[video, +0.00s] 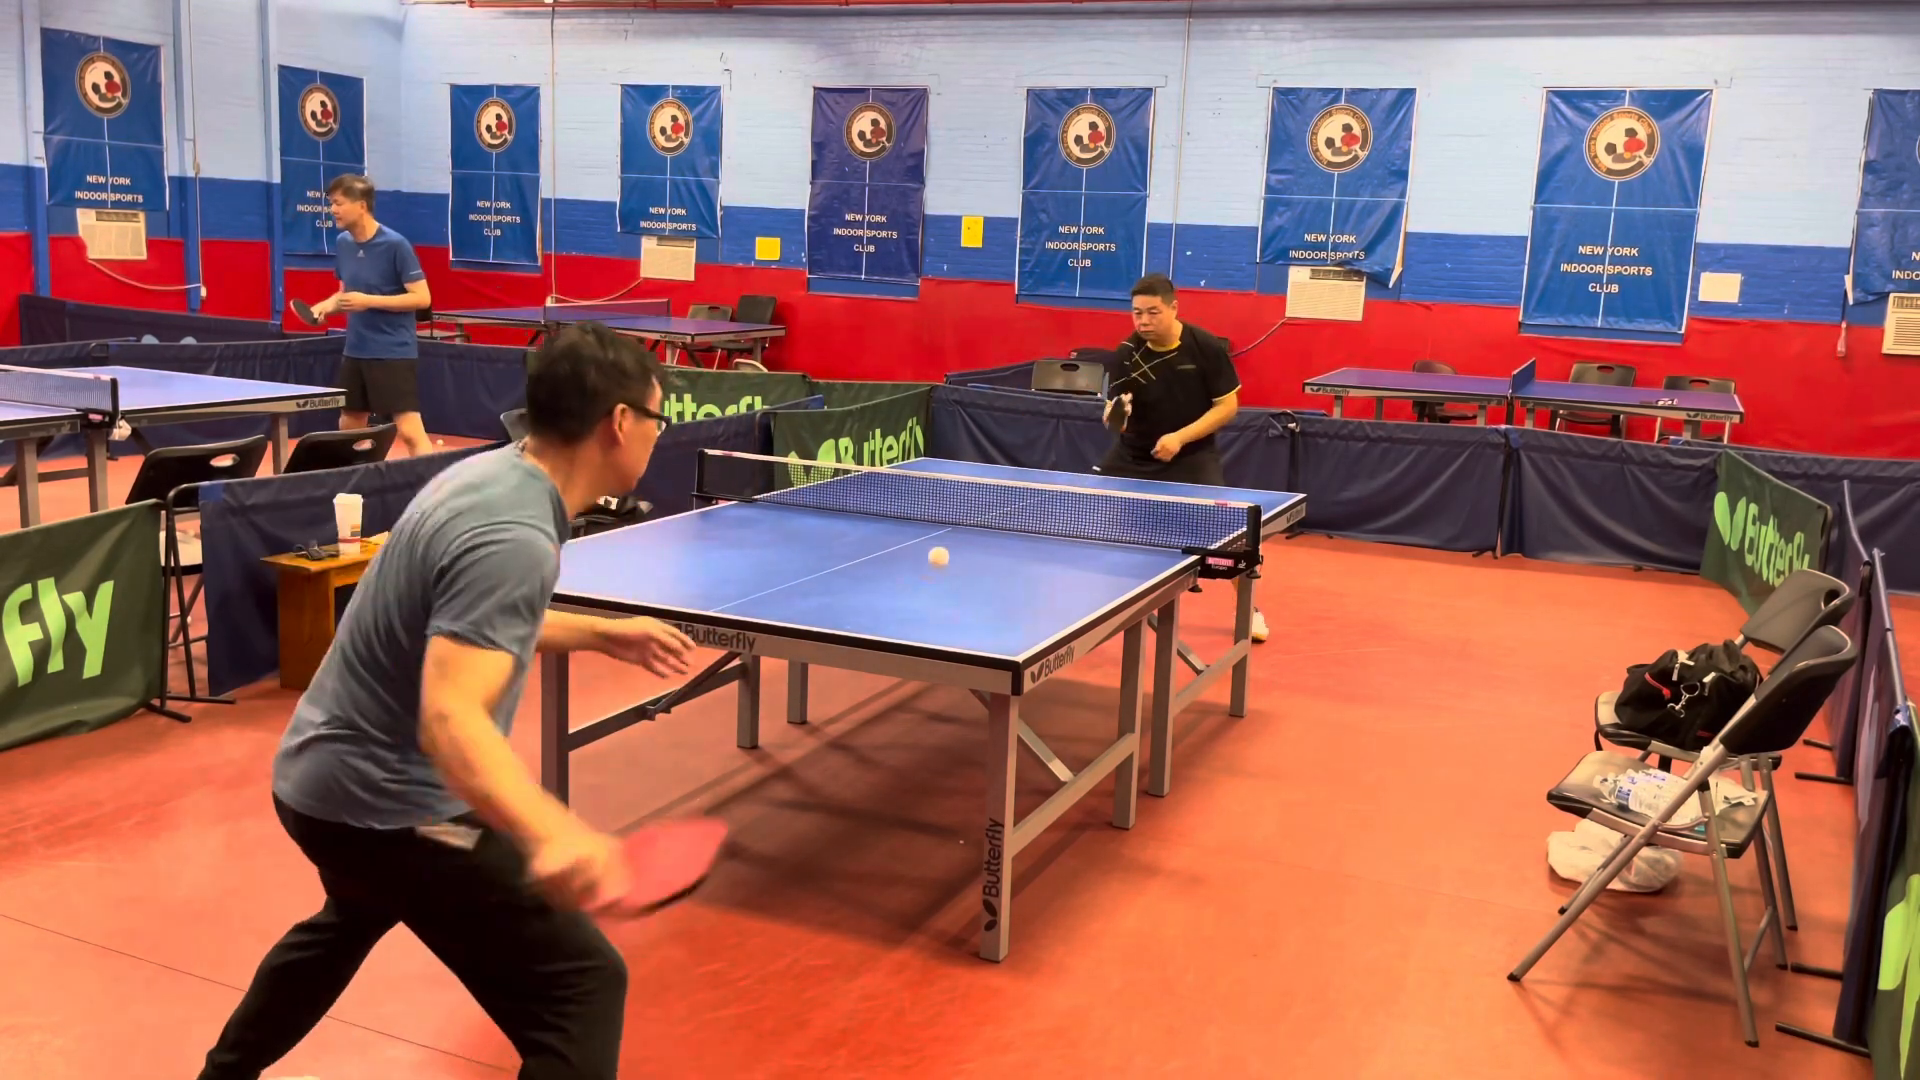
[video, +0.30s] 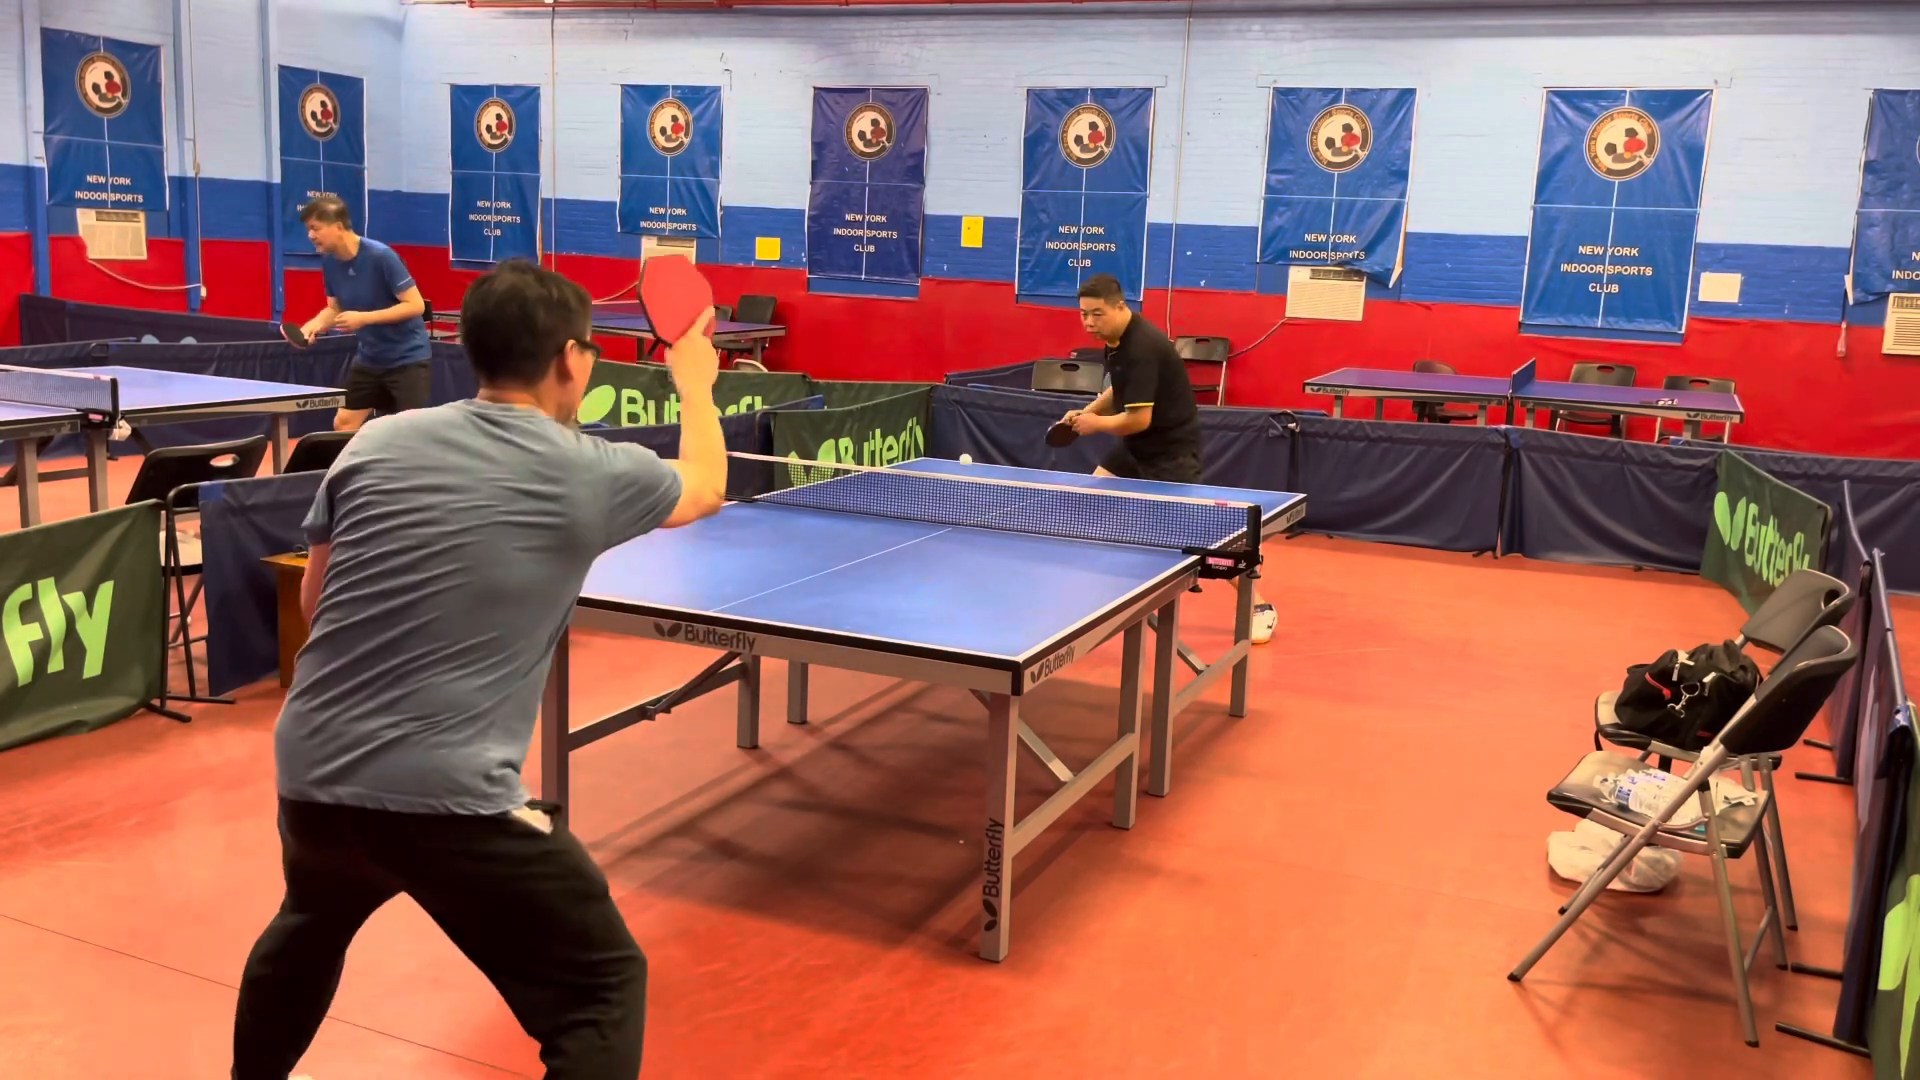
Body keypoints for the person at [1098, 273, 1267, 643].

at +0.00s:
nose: (1142, 320)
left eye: (1151, 312)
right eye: (1137, 312)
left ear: (1173, 309)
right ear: (1132, 313)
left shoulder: (1208, 349)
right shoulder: (1125, 355)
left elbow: (1229, 406)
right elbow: (1112, 419)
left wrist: (1180, 437)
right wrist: (1119, 411)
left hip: (1193, 458)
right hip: (1132, 455)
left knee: (1213, 523)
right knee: (1085, 507)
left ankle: (1247, 608)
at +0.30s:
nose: (1088, 323)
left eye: (1096, 314)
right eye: (1084, 314)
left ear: (1120, 308)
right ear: (1082, 311)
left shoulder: (1143, 345)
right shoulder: (1117, 338)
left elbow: (1139, 419)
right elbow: (1119, 389)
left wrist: (1095, 423)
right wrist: (1087, 413)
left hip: (1173, 454)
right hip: (1136, 447)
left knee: (1194, 528)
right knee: (1089, 502)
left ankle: (1257, 606)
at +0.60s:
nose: (1064, 324)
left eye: (1070, 315)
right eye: (1060, 315)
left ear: (1096, 307)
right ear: (1057, 313)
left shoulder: (1133, 335)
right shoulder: (1069, 343)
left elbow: (1153, 398)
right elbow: (1031, 386)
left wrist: (1104, 421)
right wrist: (1022, 359)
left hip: (1161, 445)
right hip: (1113, 444)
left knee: (1188, 522)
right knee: (1059, 504)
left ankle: (1243, 601)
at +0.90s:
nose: (1094, 330)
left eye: (1103, 321)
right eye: (1088, 322)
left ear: (1123, 317)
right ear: (1081, 321)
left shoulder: (1155, 350)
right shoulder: (1077, 358)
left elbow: (1180, 405)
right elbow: (1061, 418)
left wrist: (1135, 437)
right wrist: (1062, 418)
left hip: (1155, 448)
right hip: (1094, 446)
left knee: (1192, 511)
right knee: (1043, 497)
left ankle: (1211, 599)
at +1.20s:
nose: (1058, 319)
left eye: (1066, 310)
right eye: (1053, 310)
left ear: (1090, 304)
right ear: (1049, 309)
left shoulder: (1110, 340)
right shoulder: (1081, 334)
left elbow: (1113, 413)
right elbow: (1087, 381)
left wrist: (1070, 419)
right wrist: (1053, 407)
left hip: (1141, 445)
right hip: (1101, 439)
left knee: (1166, 520)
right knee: (1056, 502)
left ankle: (1217, 598)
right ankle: (1043, 586)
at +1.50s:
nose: (1081, 321)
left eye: (1088, 312)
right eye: (1077, 312)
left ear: (1112, 304)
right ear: (1077, 309)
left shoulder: (1151, 334)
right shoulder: (1084, 339)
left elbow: (1166, 402)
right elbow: (1058, 396)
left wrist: (1113, 420)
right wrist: (1059, 370)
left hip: (1160, 445)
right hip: (1110, 444)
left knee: (1185, 519)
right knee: (1063, 498)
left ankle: (1218, 602)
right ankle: (1047, 587)